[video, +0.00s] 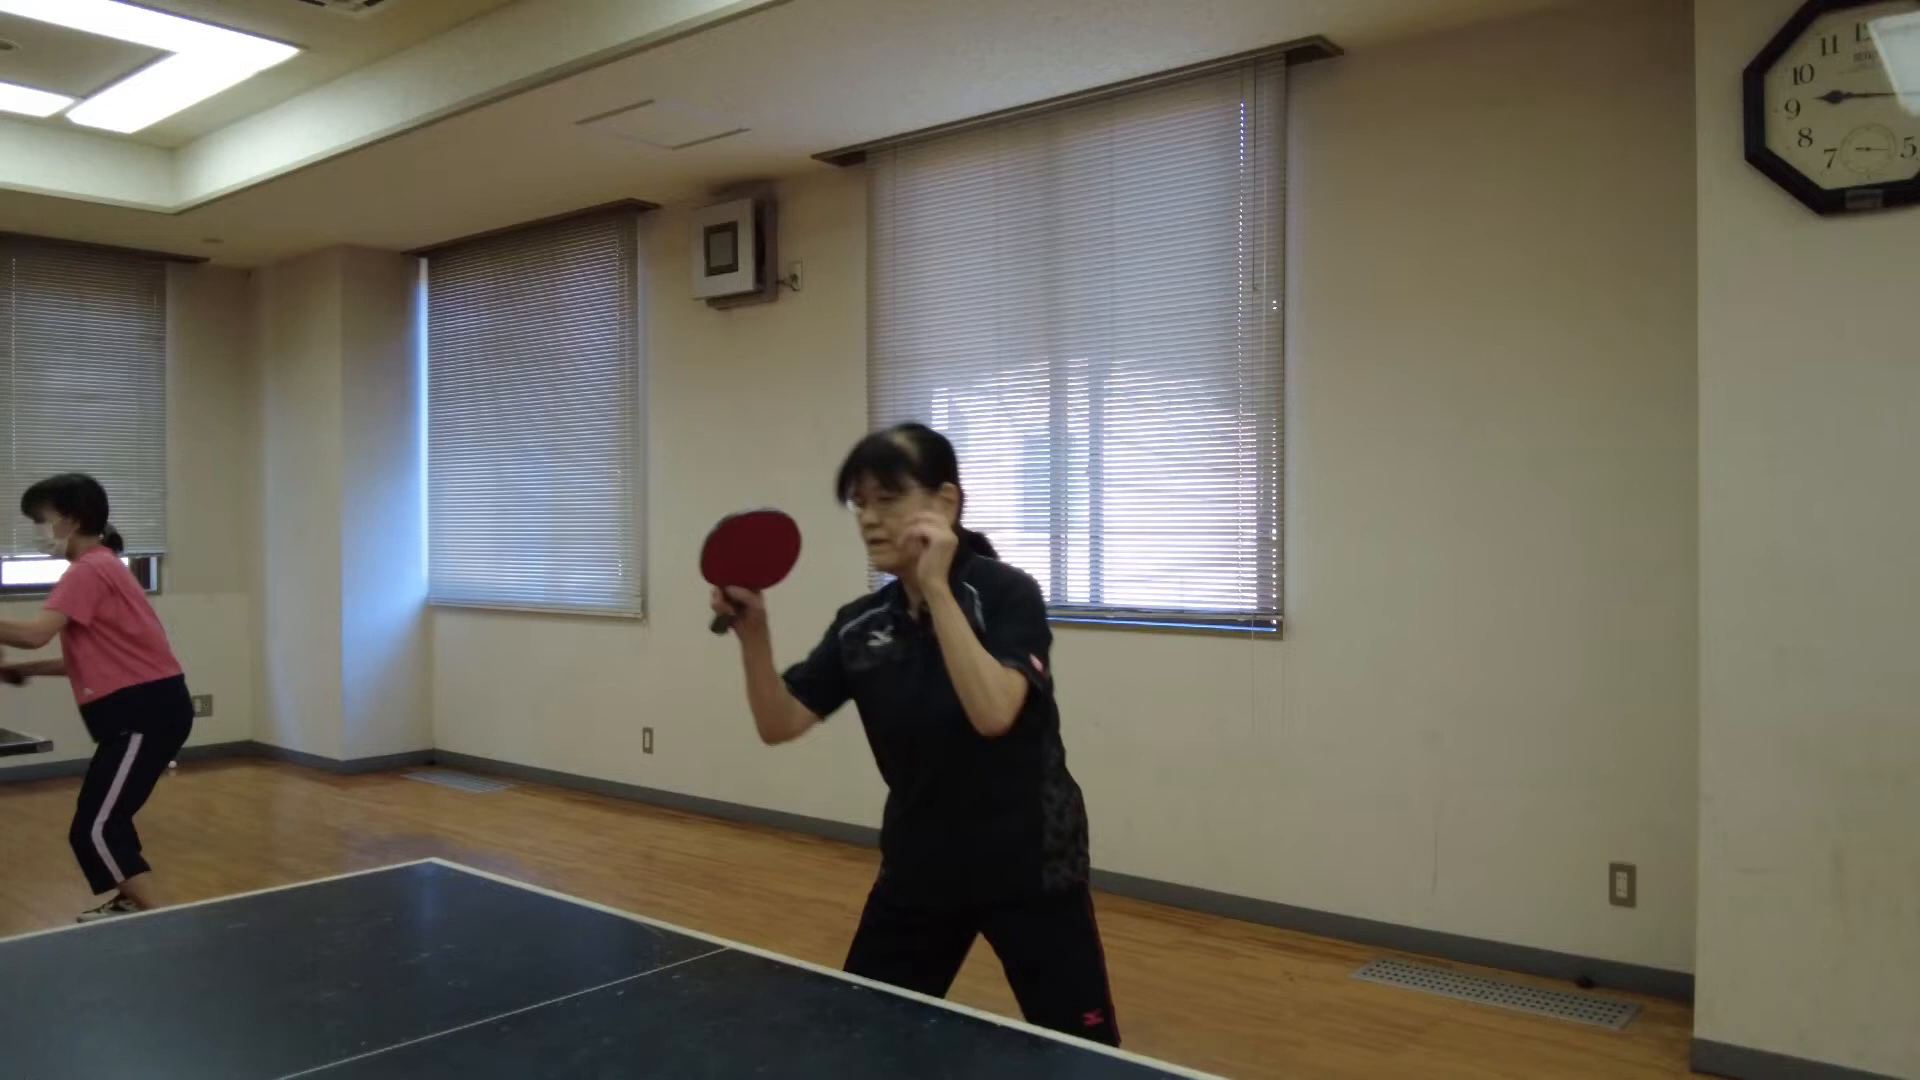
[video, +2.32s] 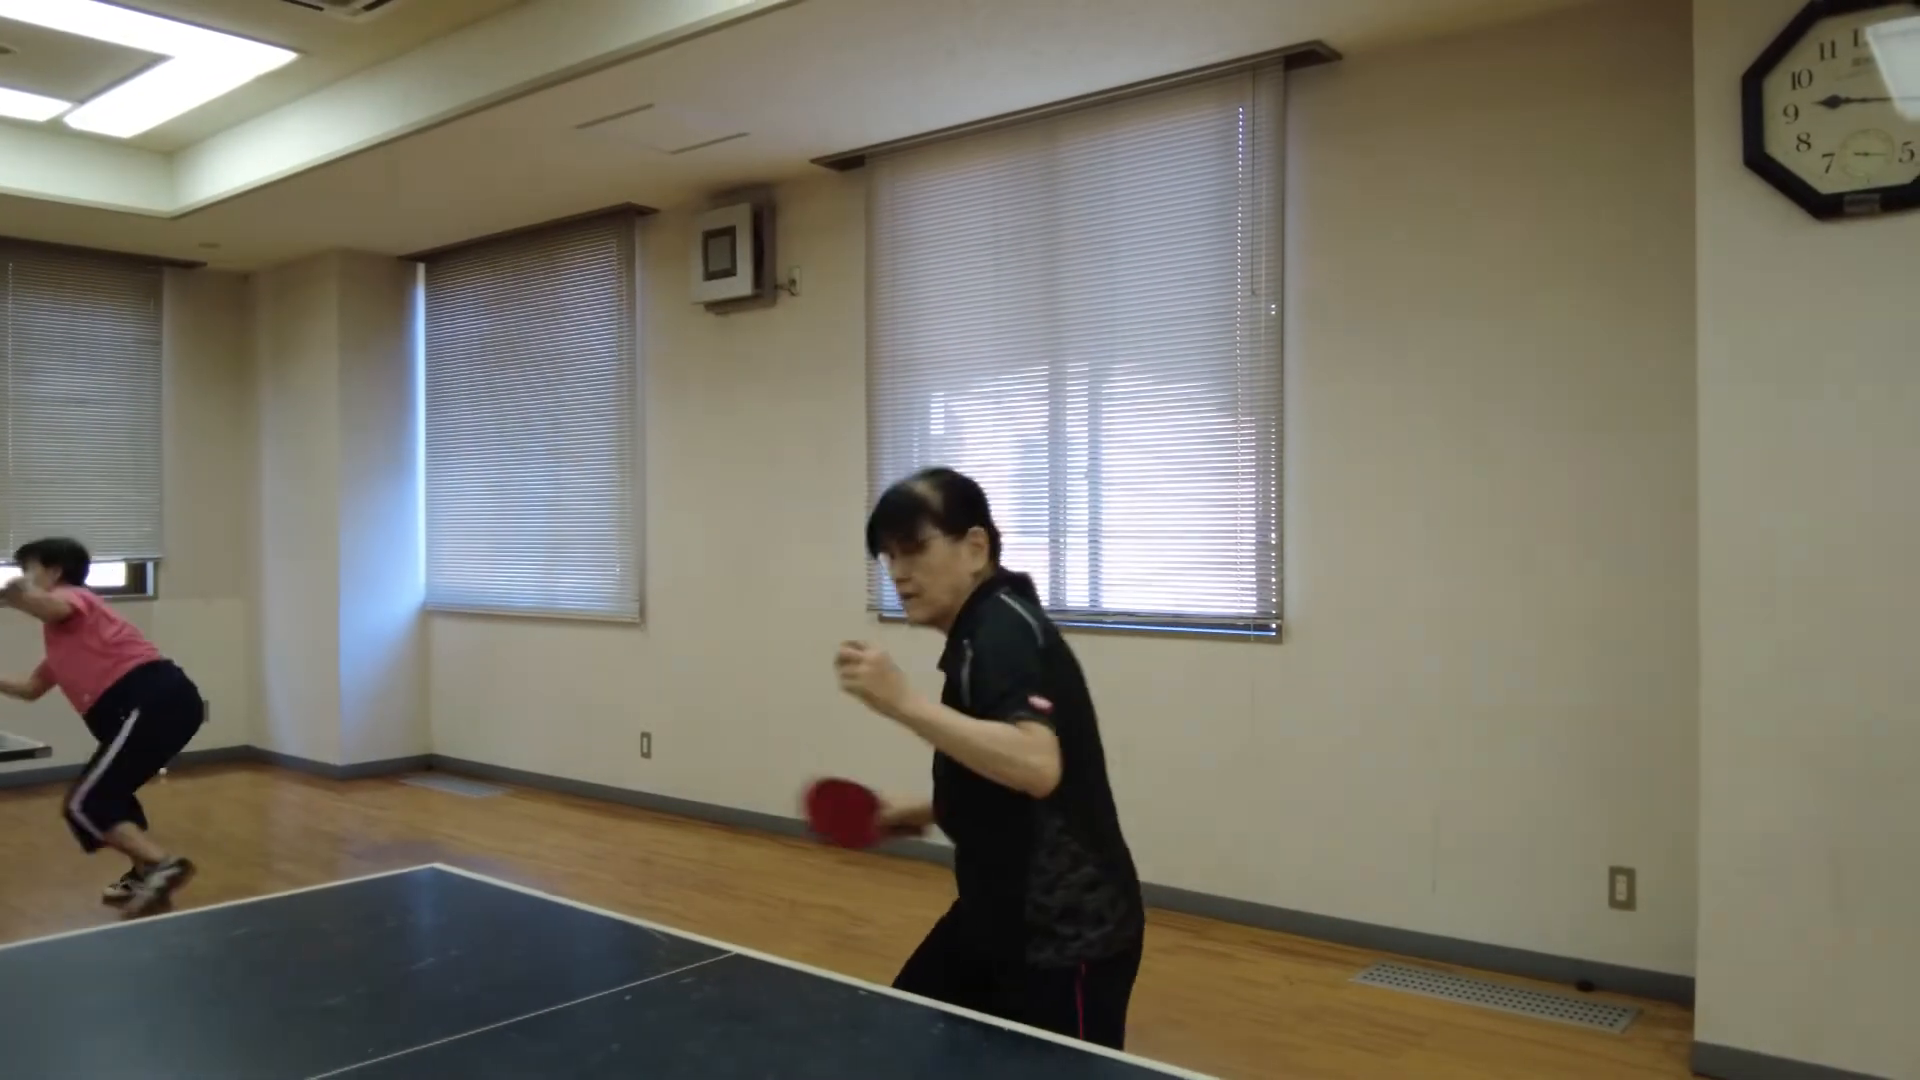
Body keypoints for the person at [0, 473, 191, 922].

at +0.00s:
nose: (44, 532)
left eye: (49, 521)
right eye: (42, 523)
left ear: (75, 519)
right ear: (77, 521)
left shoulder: (90, 568)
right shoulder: (100, 568)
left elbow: (35, 634)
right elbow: (90, 659)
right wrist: (28, 670)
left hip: (148, 712)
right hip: (135, 711)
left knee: (97, 826)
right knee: (98, 819)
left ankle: (161, 917)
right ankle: (133, 900)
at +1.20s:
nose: (45, 543)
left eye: (46, 532)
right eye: (42, 535)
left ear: (68, 527)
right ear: (88, 527)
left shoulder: (83, 571)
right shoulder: (107, 573)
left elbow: (10, 590)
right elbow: (71, 650)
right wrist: (9, 639)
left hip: (155, 701)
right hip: (150, 702)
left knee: (148, 816)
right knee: (103, 791)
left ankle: (186, 925)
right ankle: (105, 887)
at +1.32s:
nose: (30, 561)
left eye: (34, 550)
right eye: (29, 551)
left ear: (62, 549)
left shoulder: (85, 583)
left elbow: (10, 576)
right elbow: (6, 636)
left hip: (168, 705)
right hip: (140, 716)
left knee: (163, 817)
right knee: (94, 787)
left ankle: (190, 920)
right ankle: (101, 885)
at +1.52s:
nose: (27, 556)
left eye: (34, 544)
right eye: (24, 548)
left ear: (64, 543)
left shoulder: (85, 576)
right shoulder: (58, 623)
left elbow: (64, 606)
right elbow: (31, 675)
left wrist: (8, 590)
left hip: (170, 700)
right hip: (134, 717)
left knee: (171, 809)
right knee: (85, 783)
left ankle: (219, 910)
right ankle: (99, 887)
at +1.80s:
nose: (68, 537)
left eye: (74, 526)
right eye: (66, 527)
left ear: (102, 526)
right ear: (96, 529)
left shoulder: (116, 571)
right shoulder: (108, 578)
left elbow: (76, 636)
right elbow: (74, 662)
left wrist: (6, 615)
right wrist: (4, 670)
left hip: (183, 696)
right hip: (158, 704)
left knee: (174, 814)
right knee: (113, 784)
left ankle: (224, 913)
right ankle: (123, 879)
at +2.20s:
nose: (47, 551)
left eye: (51, 541)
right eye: (46, 542)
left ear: (76, 541)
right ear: (84, 543)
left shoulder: (83, 575)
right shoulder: (85, 587)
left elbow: (26, 601)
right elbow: (71, 664)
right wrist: (6, 659)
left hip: (165, 693)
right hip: (150, 699)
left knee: (145, 798)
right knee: (111, 782)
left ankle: (195, 897)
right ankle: (147, 876)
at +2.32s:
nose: (23, 580)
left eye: (28, 571)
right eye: (23, 573)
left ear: (55, 571)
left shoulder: (74, 597)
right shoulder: (63, 639)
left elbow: (58, 609)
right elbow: (32, 690)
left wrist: (18, 597)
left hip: (157, 699)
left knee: (85, 803)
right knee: (108, 793)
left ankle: (160, 863)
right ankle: (145, 869)